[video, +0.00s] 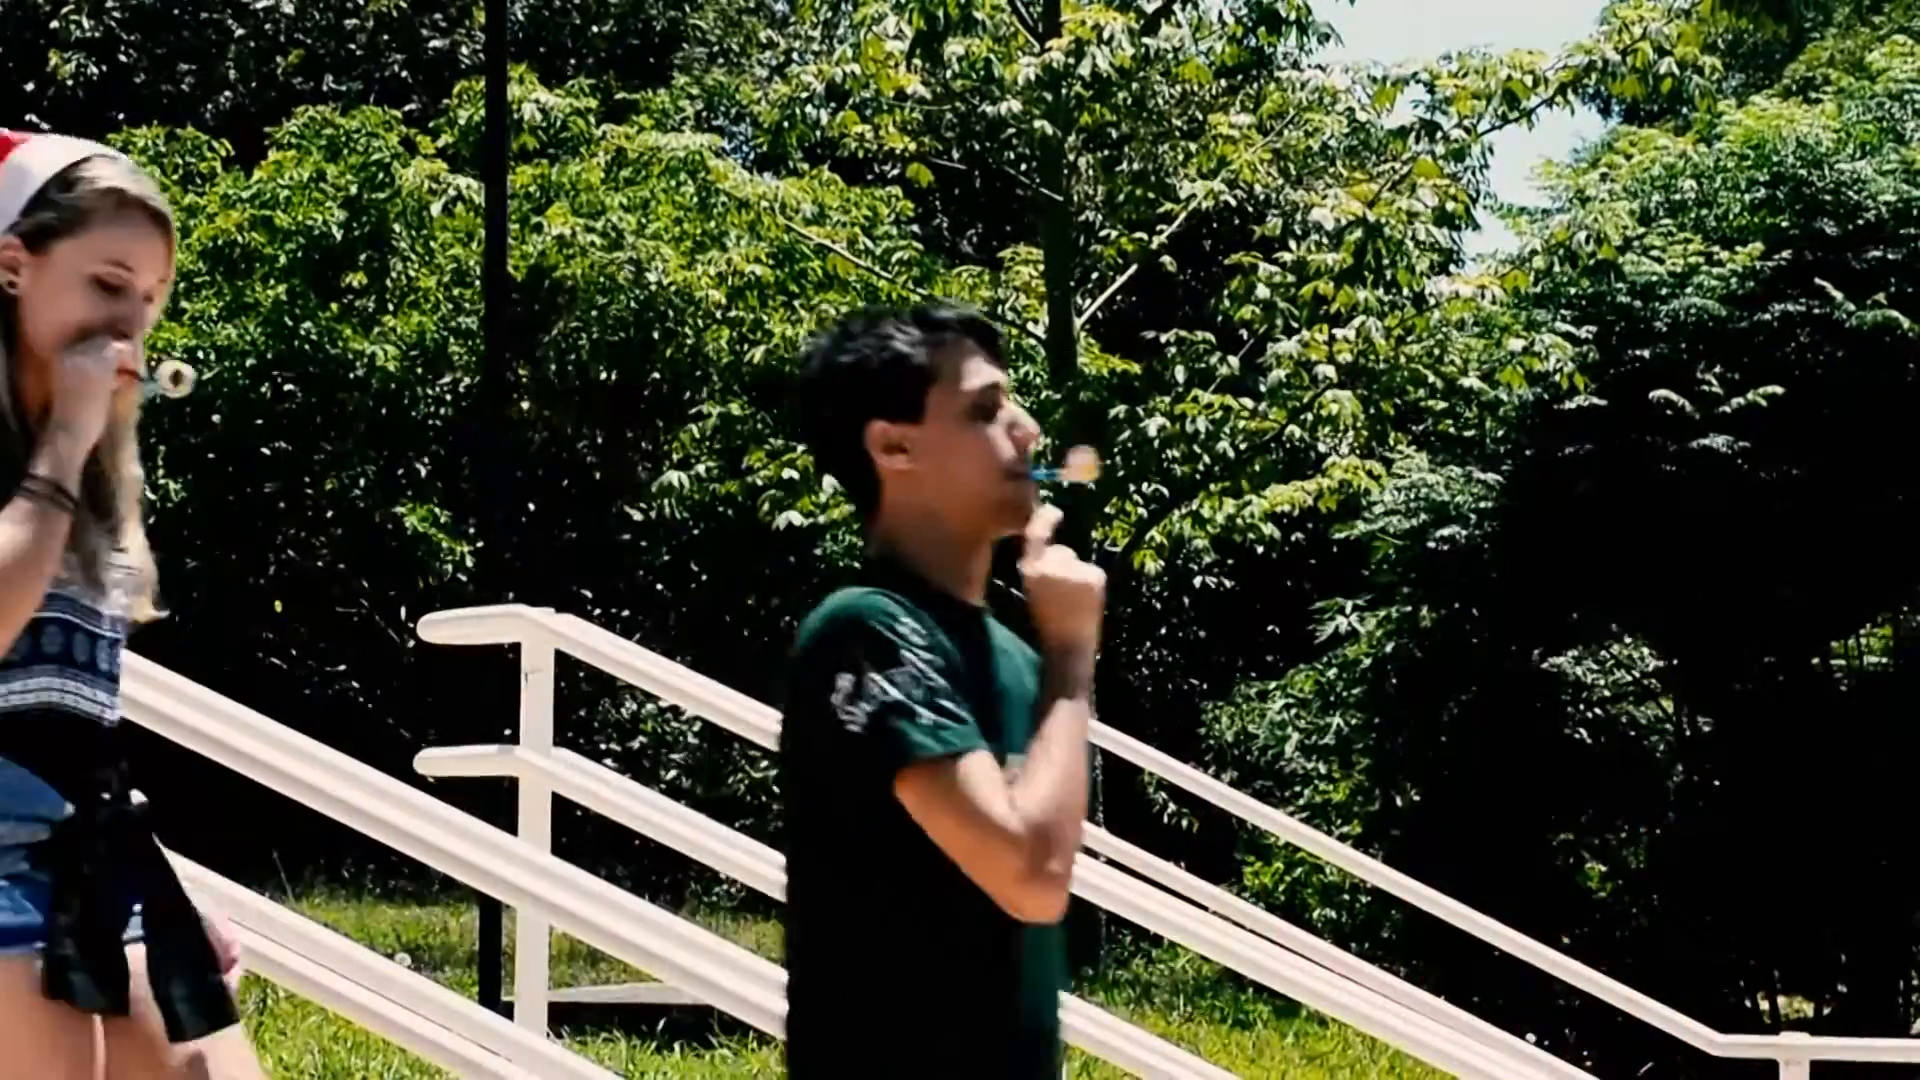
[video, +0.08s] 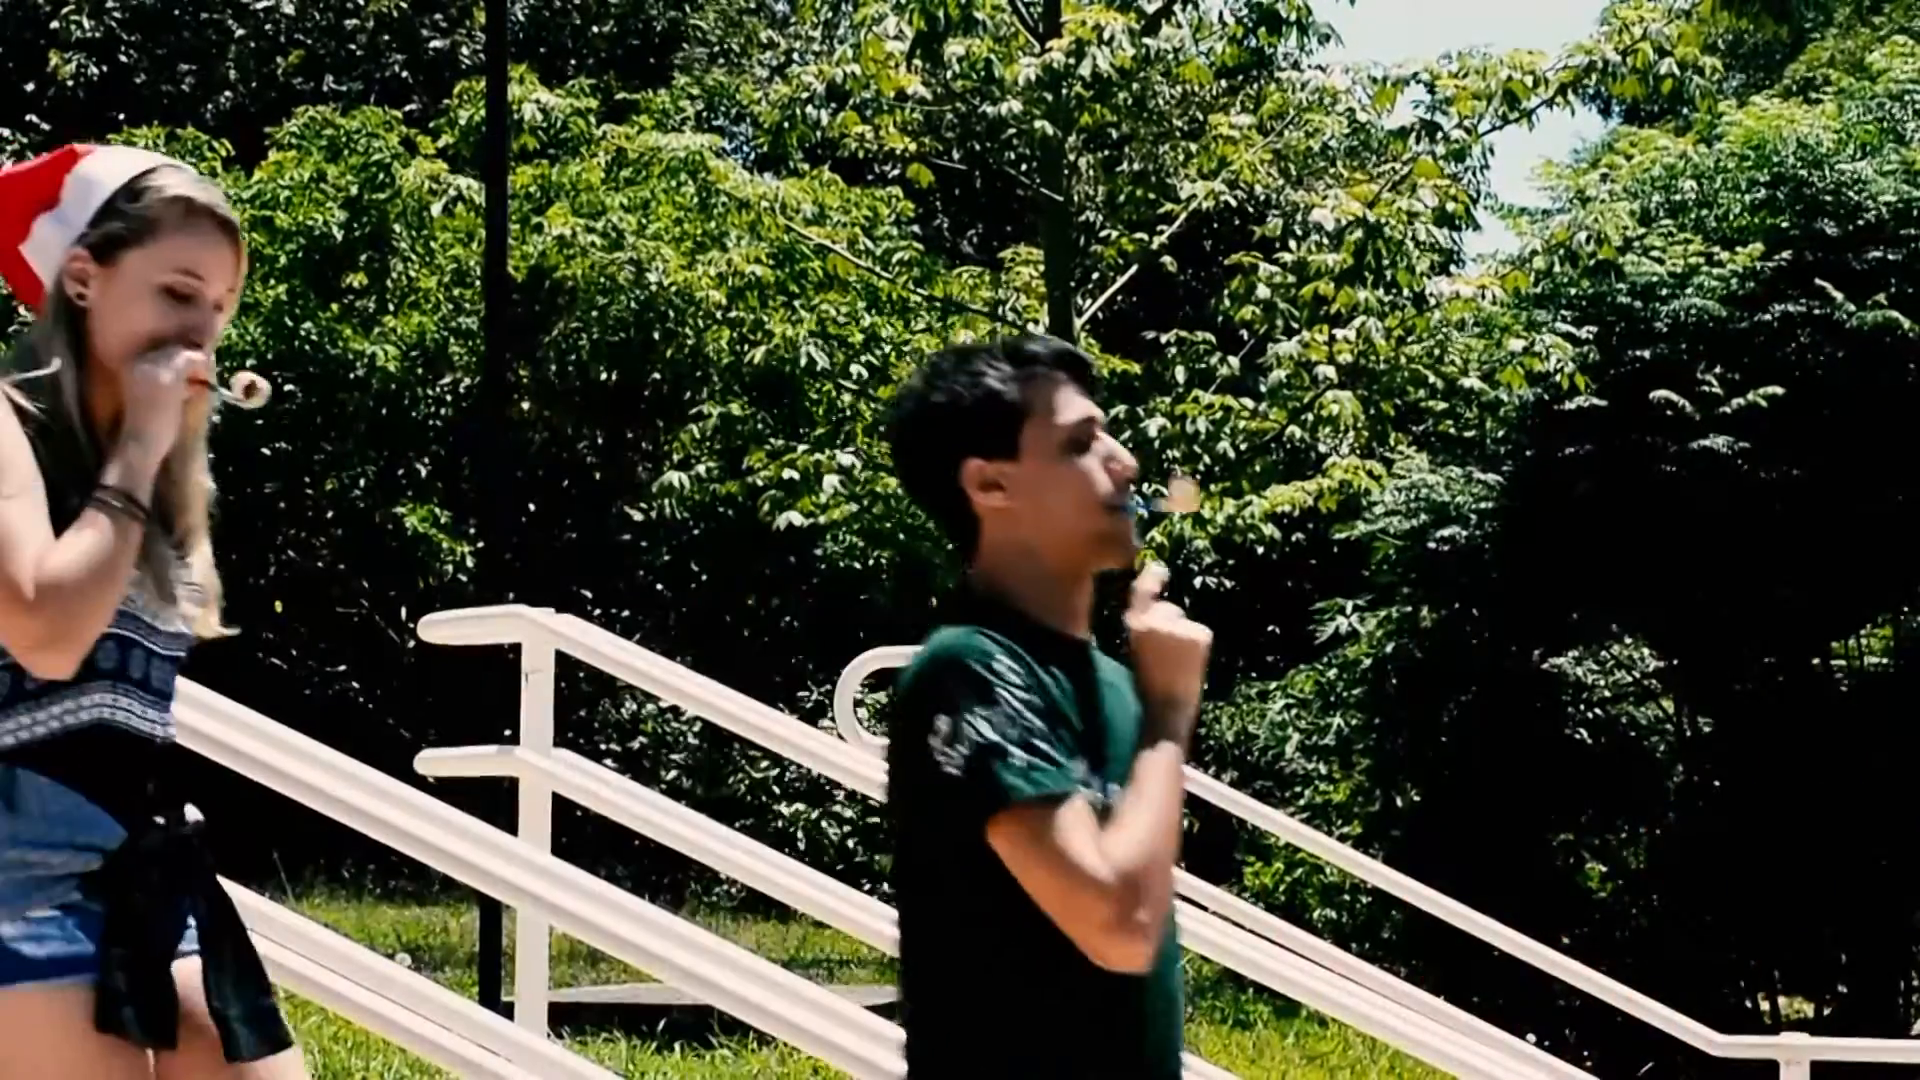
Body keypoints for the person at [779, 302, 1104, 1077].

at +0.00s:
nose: (1027, 429)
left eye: (1012, 403)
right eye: (986, 411)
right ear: (894, 447)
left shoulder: (1015, 655)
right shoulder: (862, 633)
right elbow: (1035, 877)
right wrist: (1070, 657)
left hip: (1015, 1052)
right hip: (886, 1054)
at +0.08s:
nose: (1126, 464)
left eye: (1108, 434)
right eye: (1082, 443)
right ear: (991, 487)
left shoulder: (1115, 683)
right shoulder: (965, 675)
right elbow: (1124, 926)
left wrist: (1156, 1056)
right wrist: (1168, 714)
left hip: (1135, 1060)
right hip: (1008, 1062)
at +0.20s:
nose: (1268, 534)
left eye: (1251, 507)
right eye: (1224, 514)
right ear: (1127, 552)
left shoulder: (1268, 758)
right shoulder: (1104, 744)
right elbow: (1313, 962)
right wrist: (1319, 738)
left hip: (1298, 1062)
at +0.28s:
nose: (1356, 535)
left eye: (1343, 505)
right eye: (1315, 512)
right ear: (1215, 541)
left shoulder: (1341, 757)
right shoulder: (1191, 732)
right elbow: (1422, 938)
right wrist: (1407, 714)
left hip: (1380, 1061)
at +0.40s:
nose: (1474, 541)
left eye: (1460, 511)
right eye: (1435, 514)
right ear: (1331, 535)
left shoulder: (1444, 748)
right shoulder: (1305, 725)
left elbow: (1519, 1026)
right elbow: (1544, 934)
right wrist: (1509, 700)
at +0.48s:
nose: (1556, 546)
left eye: (1542, 514)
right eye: (1517, 520)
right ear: (1414, 537)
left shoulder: (1506, 743)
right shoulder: (1391, 731)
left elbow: (1614, 1019)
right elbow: (1625, 947)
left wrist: (1813, 1064)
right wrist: (1591, 714)